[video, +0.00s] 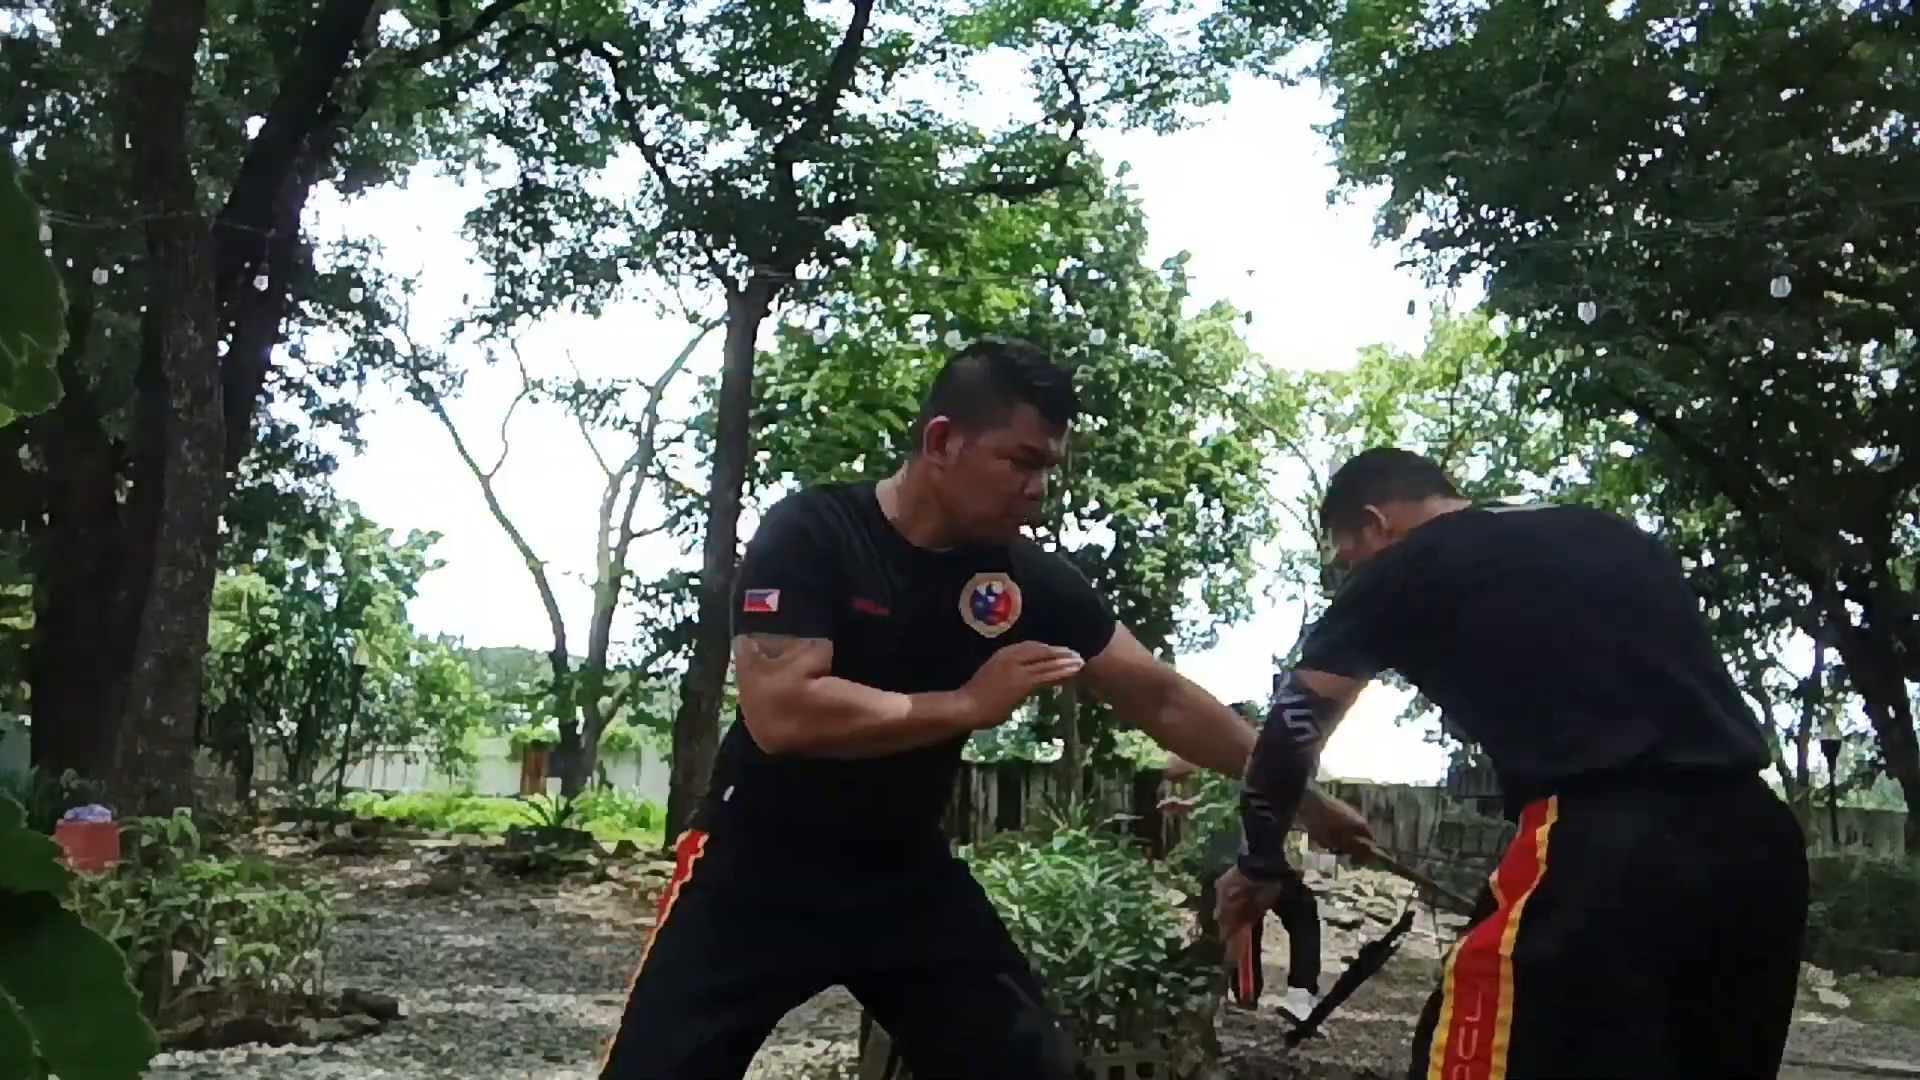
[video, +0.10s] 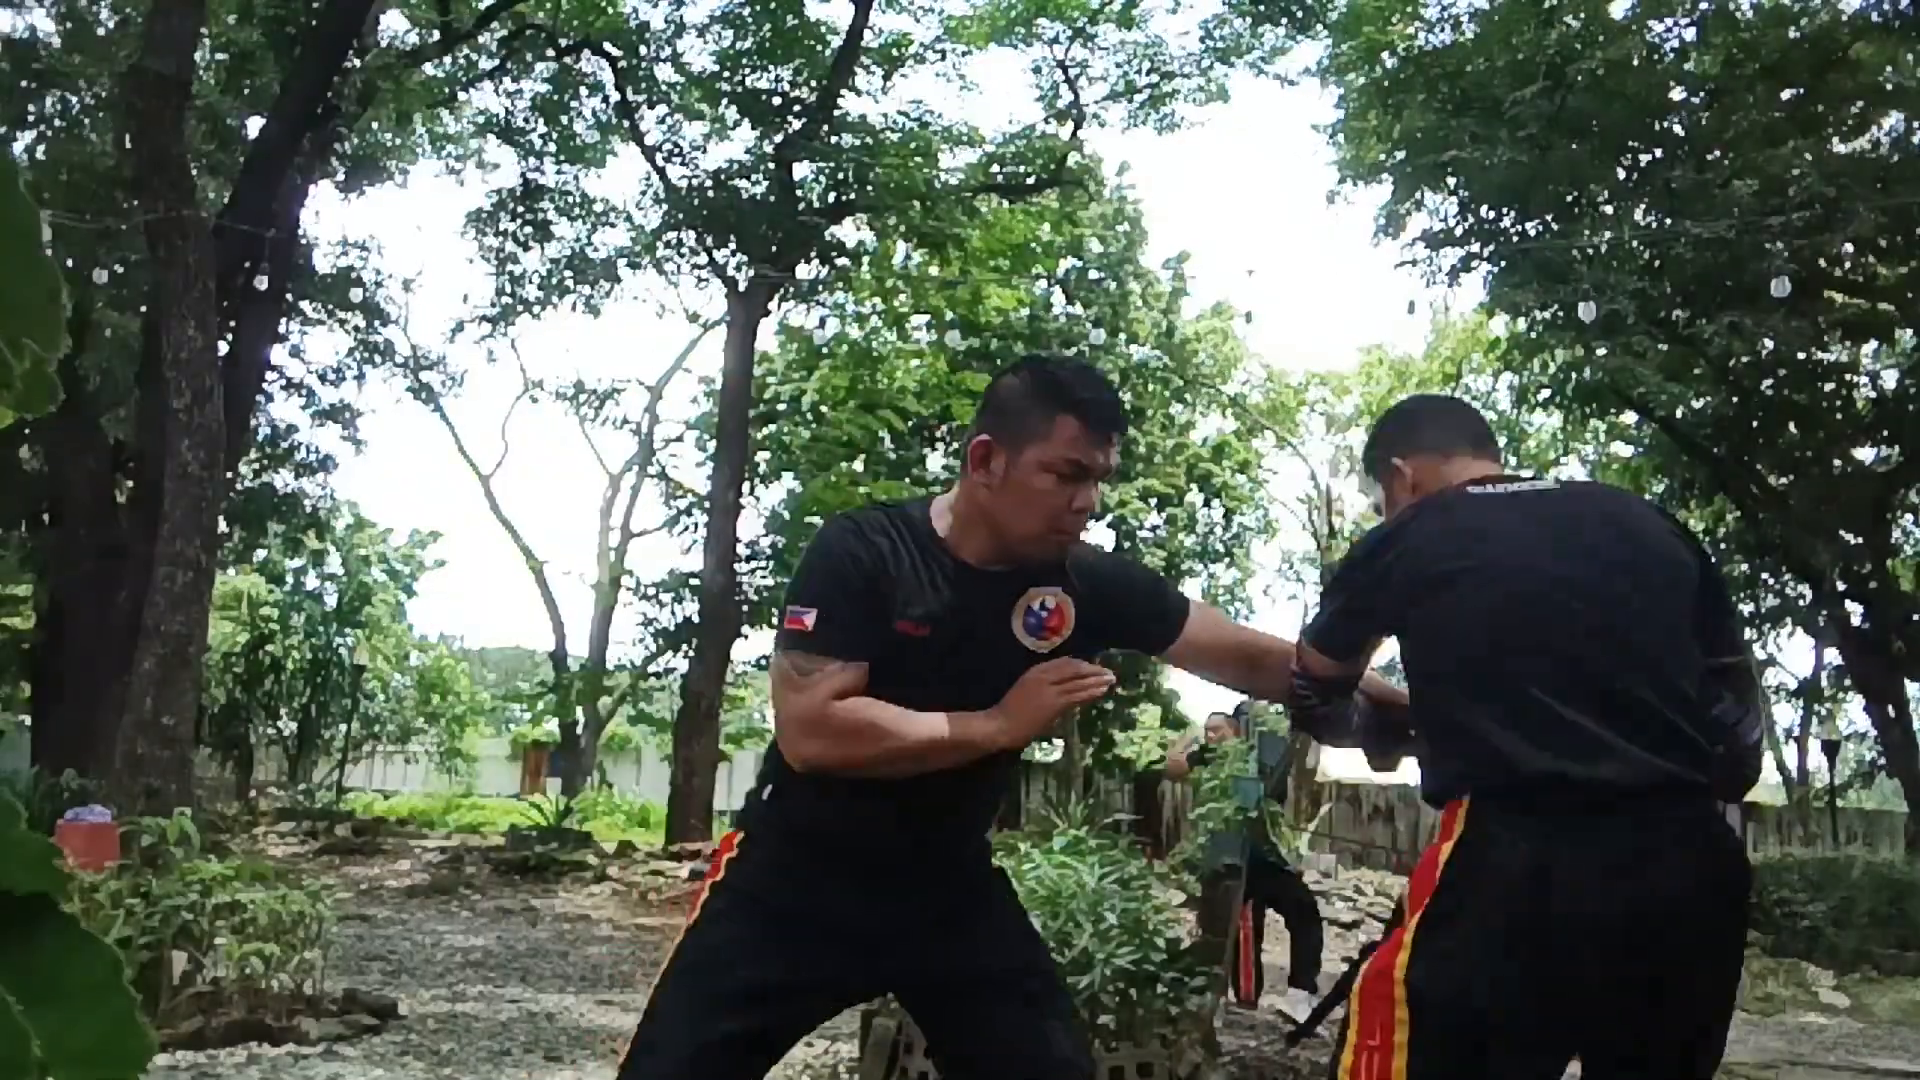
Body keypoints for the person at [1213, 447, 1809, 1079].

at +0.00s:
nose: (1356, 582)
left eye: (1351, 564)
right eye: (1347, 569)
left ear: (1379, 523)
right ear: (1451, 498)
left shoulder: (1404, 569)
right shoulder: (1611, 530)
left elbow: (1292, 727)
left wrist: (1258, 861)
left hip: (1593, 850)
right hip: (1755, 838)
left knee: (1472, 1052)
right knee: (1723, 1061)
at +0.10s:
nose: (1390, 517)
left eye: (1385, 500)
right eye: (1383, 504)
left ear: (1405, 475)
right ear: (1494, 460)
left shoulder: (1405, 543)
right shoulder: (1652, 522)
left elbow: (1316, 699)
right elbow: (1739, 728)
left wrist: (1421, 723)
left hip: (1507, 883)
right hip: (1691, 882)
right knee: (1660, 1066)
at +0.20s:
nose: (1432, 453)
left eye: (1431, 431)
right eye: (1429, 434)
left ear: (1461, 413)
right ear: (1555, 414)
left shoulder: (1426, 501)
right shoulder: (1683, 537)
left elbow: (1310, 561)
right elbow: (1716, 760)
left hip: (1459, 889)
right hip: (1639, 897)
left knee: (1345, 1062)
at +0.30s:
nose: (1454, 419)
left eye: (1454, 400)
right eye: (1451, 404)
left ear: (1488, 385)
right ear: (1583, 394)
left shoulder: (1471, 461)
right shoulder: (1692, 552)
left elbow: (1292, 467)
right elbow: (1605, 730)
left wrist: (1404, 423)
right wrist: (1400, 666)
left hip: (1467, 873)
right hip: (1627, 888)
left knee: (1347, 1062)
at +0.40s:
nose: (1450, 406)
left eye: (1455, 391)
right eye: (1450, 397)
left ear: (1497, 367)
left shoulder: (1533, 437)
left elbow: (1318, 375)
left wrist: (1350, 326)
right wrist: (1303, 587)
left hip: (1530, 859)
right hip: (1623, 877)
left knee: (1389, 1063)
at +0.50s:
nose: (1413, 433)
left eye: (1426, 398)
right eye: (1409, 412)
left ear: (1489, 367)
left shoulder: (1608, 447)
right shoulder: (1496, 568)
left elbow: (1360, 373)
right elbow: (1361, 667)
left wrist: (1315, 327)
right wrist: (1264, 524)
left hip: (1599, 847)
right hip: (1520, 849)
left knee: (1446, 1058)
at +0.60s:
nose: (1409, 415)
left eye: (1423, 386)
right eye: (1398, 400)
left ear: (1501, 366)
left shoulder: (1632, 445)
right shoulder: (1453, 546)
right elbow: (1365, 662)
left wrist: (1322, 363)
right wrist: (1274, 495)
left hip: (1655, 847)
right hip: (1534, 857)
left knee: (1543, 1057)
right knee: (1465, 1064)